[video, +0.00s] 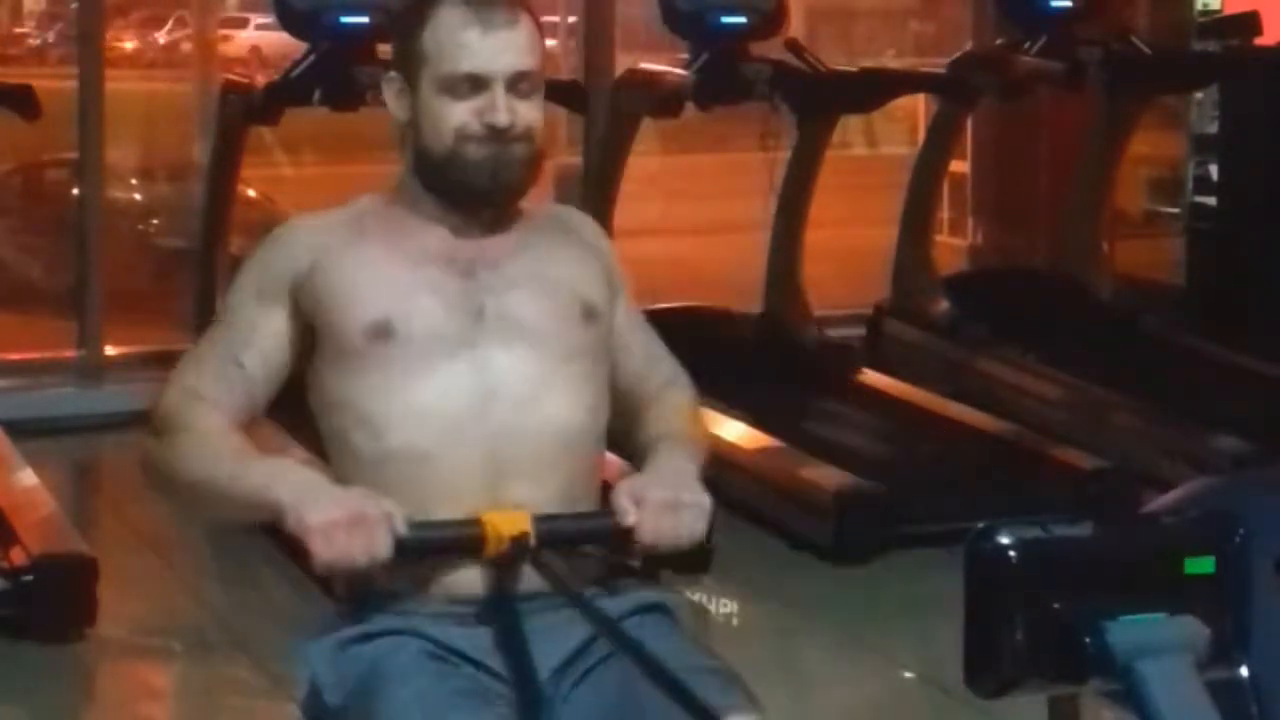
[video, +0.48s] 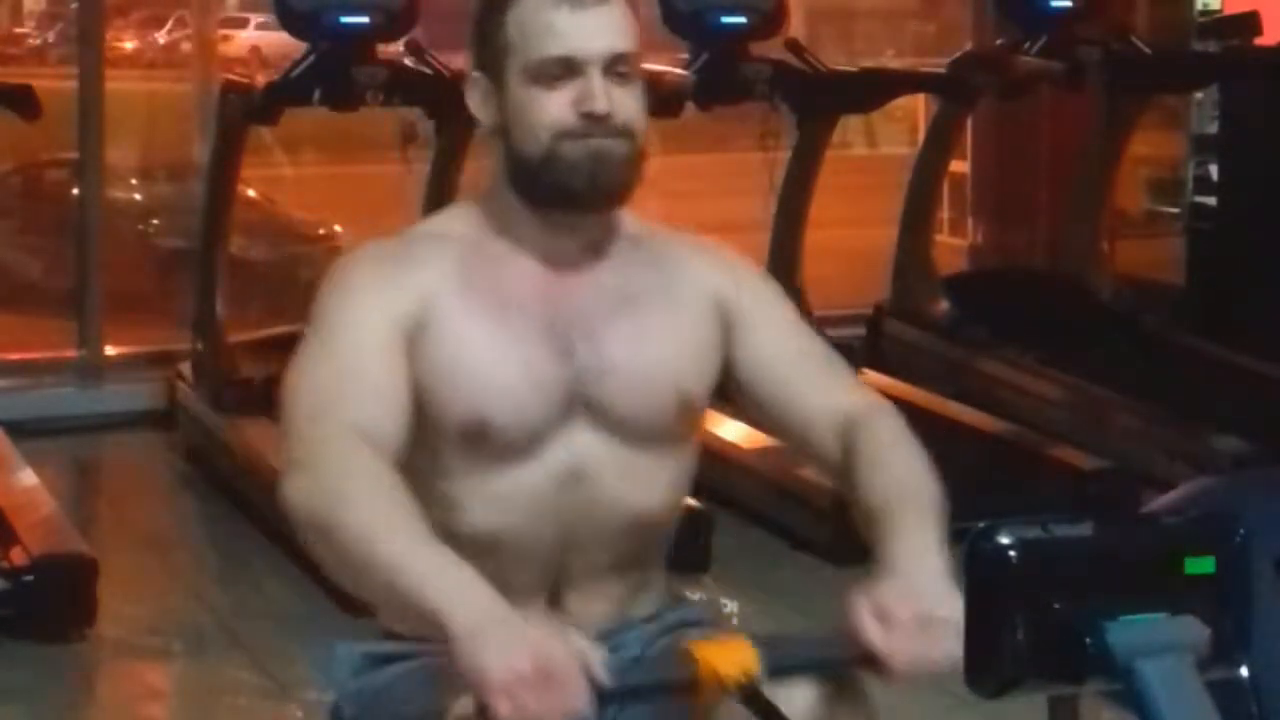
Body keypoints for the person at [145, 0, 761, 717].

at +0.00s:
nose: (501, 115)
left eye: (522, 89)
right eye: (466, 89)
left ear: (543, 101)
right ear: (399, 99)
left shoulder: (578, 245)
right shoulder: (312, 253)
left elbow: (665, 397)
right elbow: (182, 428)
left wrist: (673, 471)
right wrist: (297, 488)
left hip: (597, 610)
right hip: (414, 622)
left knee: (719, 709)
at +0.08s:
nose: (505, 115)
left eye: (525, 89)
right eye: (469, 88)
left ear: (548, 103)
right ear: (406, 100)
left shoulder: (585, 248)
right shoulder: (318, 257)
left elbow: (698, 398)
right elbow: (186, 438)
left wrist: (700, 476)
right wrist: (314, 503)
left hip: (595, 617)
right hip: (413, 632)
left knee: (730, 711)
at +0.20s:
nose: (525, 104)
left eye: (547, 77)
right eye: (488, 78)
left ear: (570, 95)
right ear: (424, 95)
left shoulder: (613, 254)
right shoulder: (331, 257)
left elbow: (751, 404)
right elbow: (205, 442)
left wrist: (757, 490)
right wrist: (356, 533)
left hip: (606, 613)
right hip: (418, 631)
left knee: (778, 711)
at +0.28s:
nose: (541, 103)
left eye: (563, 75)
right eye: (504, 76)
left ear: (590, 90)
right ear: (434, 91)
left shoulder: (637, 262)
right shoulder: (342, 260)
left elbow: (775, 405)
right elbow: (225, 442)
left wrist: (791, 498)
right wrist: (381, 547)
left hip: (614, 623)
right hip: (426, 641)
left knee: (794, 710)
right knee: (492, 718)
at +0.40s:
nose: (579, 100)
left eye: (602, 73)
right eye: (539, 74)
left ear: (625, 91)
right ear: (468, 93)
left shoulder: (681, 272)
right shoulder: (371, 274)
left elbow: (831, 415)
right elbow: (292, 460)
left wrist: (871, 537)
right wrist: (450, 593)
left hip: (631, 647)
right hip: (434, 653)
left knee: (817, 706)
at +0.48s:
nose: (598, 102)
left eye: (619, 73)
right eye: (557, 75)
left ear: (646, 93)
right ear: (484, 98)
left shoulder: (710, 282)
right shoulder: (389, 282)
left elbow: (859, 428)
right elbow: (329, 474)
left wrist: (916, 564)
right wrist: (483, 623)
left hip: (649, 643)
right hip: (436, 653)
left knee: (839, 694)